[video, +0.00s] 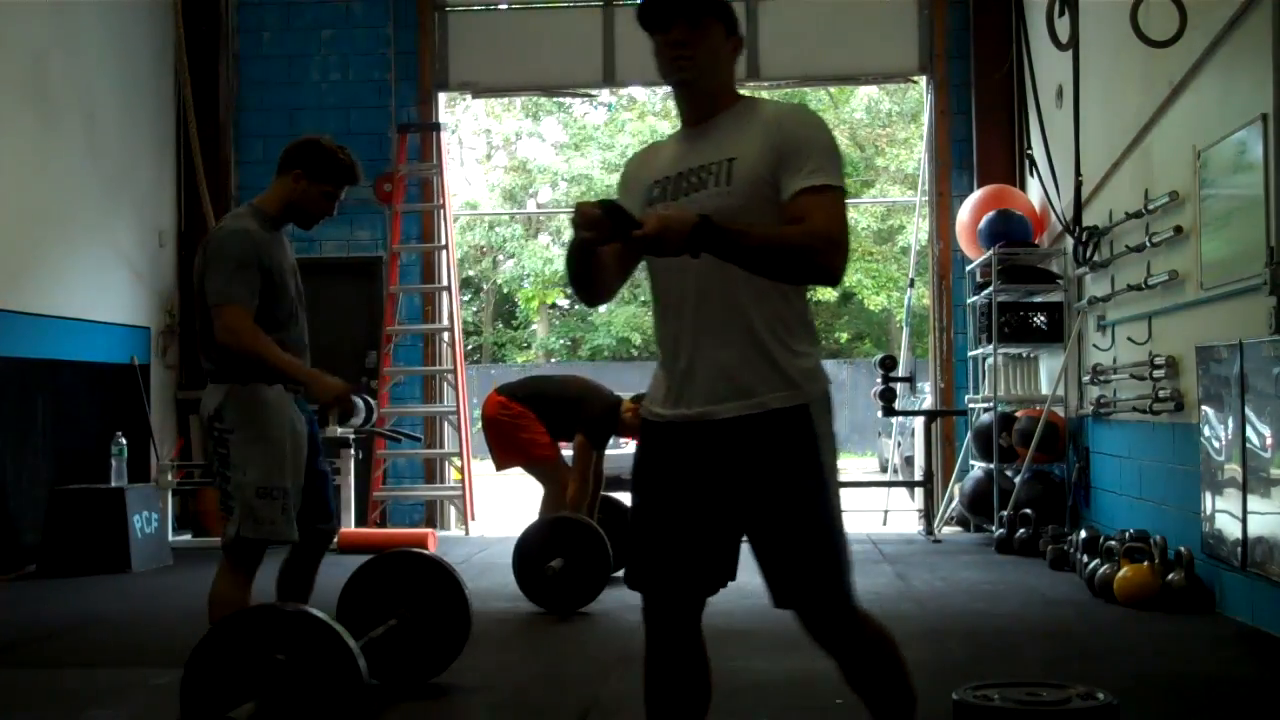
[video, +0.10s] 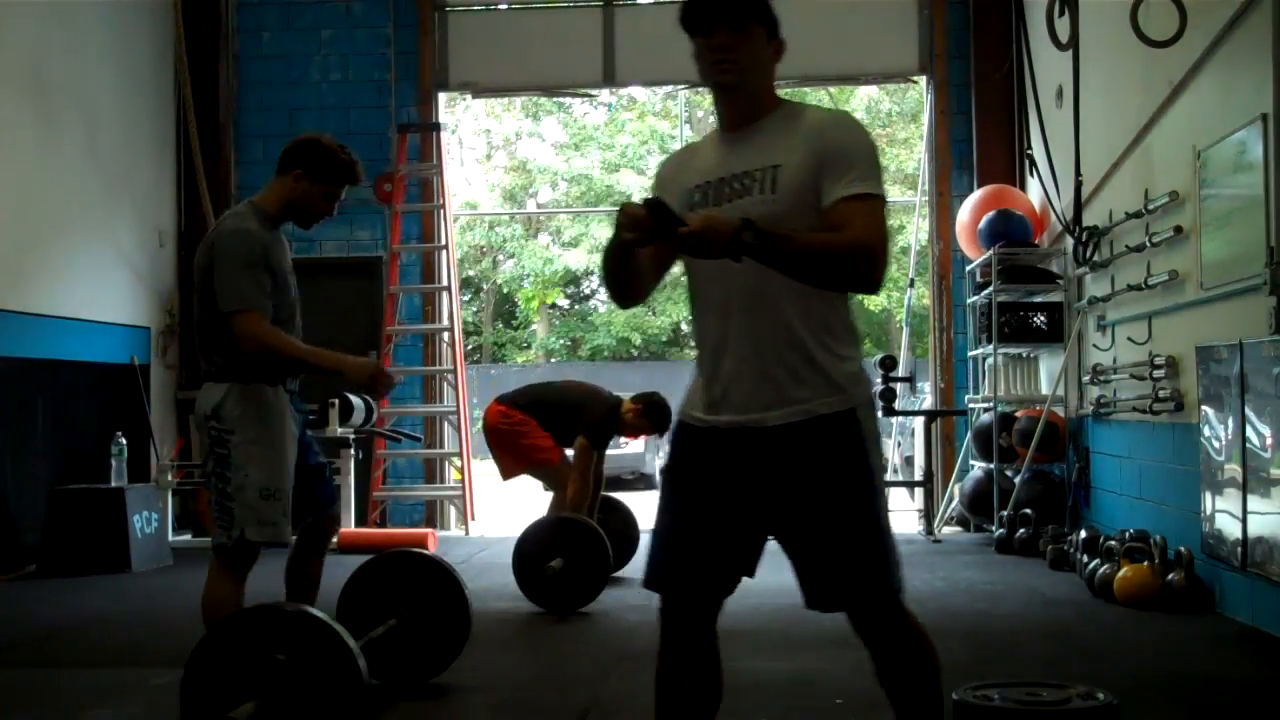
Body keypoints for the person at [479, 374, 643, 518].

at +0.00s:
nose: (631, 436)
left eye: (637, 433)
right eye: (636, 428)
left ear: (633, 409)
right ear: (633, 410)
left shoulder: (607, 414)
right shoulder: (599, 411)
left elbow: (595, 475)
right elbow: (580, 477)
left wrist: (587, 527)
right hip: (507, 408)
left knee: (560, 482)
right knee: (560, 481)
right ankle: (548, 551)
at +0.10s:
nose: (637, 437)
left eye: (643, 435)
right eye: (641, 430)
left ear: (635, 407)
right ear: (635, 409)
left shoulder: (609, 416)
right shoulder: (601, 412)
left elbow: (595, 475)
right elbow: (580, 477)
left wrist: (587, 526)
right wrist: (571, 533)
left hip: (517, 418)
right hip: (508, 417)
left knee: (570, 483)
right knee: (569, 483)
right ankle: (553, 550)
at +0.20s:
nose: (639, 437)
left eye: (645, 434)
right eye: (643, 430)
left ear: (636, 408)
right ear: (637, 410)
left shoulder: (610, 419)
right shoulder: (601, 413)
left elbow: (595, 480)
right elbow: (578, 481)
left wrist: (587, 535)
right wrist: (565, 539)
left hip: (523, 428)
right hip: (509, 426)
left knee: (588, 485)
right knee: (576, 487)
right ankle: (557, 554)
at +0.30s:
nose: (641, 436)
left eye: (647, 432)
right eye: (645, 429)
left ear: (637, 408)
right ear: (638, 410)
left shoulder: (611, 420)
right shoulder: (601, 416)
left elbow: (596, 480)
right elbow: (577, 484)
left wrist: (586, 536)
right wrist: (567, 542)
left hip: (525, 435)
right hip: (511, 434)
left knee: (590, 489)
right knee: (579, 489)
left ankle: (585, 554)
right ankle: (570, 556)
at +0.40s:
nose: (642, 436)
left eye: (647, 432)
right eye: (646, 429)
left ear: (637, 408)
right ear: (639, 410)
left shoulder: (611, 421)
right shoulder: (602, 414)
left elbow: (597, 478)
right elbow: (577, 480)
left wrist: (587, 535)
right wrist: (569, 538)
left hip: (528, 439)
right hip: (511, 437)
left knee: (592, 488)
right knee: (582, 488)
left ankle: (583, 552)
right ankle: (570, 553)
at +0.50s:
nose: (641, 435)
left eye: (647, 431)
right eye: (646, 428)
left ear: (637, 407)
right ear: (638, 409)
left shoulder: (610, 421)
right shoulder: (601, 414)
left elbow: (596, 478)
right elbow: (577, 479)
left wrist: (586, 533)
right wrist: (569, 536)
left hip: (526, 439)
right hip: (511, 437)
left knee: (591, 487)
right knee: (583, 487)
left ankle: (583, 551)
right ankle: (570, 551)